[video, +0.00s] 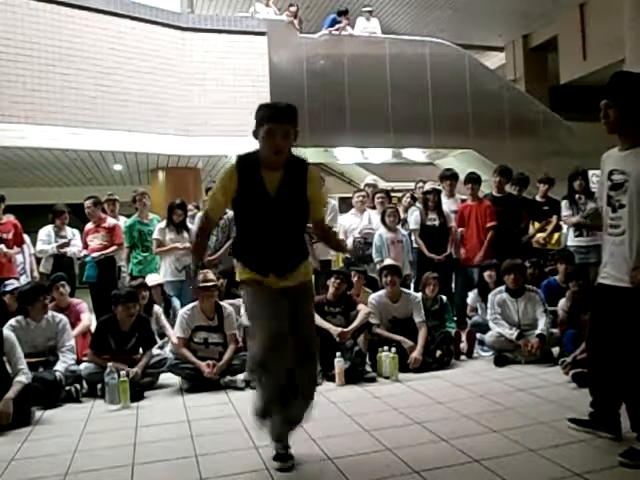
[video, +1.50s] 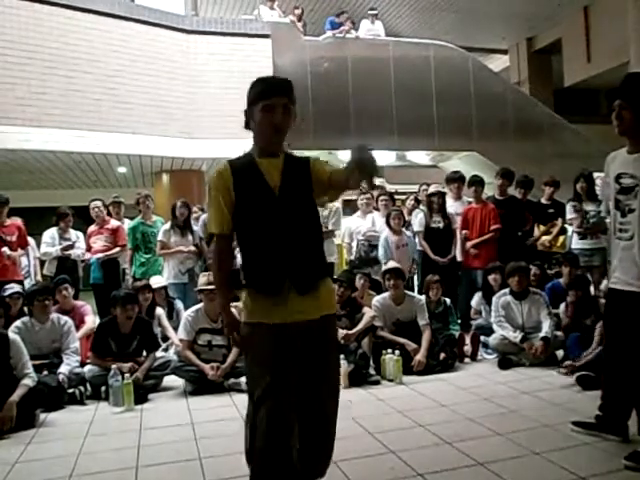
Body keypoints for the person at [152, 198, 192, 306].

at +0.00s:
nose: (177, 218)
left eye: (180, 215)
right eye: (175, 214)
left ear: (185, 215)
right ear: (170, 213)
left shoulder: (189, 229)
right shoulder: (161, 228)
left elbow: (196, 246)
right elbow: (156, 249)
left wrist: (189, 247)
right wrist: (174, 246)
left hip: (187, 272)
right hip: (170, 273)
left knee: (187, 307)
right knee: (176, 307)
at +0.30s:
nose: (182, 220)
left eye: (185, 218)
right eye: (180, 217)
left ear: (189, 218)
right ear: (174, 216)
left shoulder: (192, 231)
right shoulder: (166, 230)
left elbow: (200, 250)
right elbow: (160, 252)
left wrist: (193, 249)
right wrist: (178, 249)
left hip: (191, 273)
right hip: (173, 274)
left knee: (192, 308)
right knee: (179, 308)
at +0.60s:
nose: (182, 220)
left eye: (185, 218)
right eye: (179, 217)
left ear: (189, 218)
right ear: (174, 216)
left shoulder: (192, 231)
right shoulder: (165, 230)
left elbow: (200, 250)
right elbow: (159, 252)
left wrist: (192, 249)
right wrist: (178, 249)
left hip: (191, 273)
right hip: (173, 274)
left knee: (192, 308)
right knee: (179, 309)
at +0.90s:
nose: (182, 220)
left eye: (185, 218)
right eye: (180, 217)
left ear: (189, 218)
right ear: (175, 216)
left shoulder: (192, 231)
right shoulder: (166, 230)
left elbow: (200, 250)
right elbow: (160, 252)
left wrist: (193, 249)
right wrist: (178, 249)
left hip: (191, 274)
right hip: (174, 274)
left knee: (192, 309)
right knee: (180, 309)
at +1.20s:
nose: (183, 219)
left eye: (185, 216)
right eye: (181, 215)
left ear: (189, 216)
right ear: (175, 214)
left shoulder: (193, 231)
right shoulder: (166, 230)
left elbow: (201, 251)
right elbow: (159, 251)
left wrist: (193, 250)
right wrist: (178, 249)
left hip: (191, 274)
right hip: (174, 274)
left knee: (192, 309)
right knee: (179, 309)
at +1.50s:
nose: (182, 211)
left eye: (184, 208)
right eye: (179, 208)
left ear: (188, 211)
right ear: (174, 211)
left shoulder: (192, 230)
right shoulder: (166, 229)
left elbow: (200, 250)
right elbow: (159, 251)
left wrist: (192, 249)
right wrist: (179, 249)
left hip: (191, 274)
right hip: (173, 274)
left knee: (191, 309)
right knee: (178, 310)